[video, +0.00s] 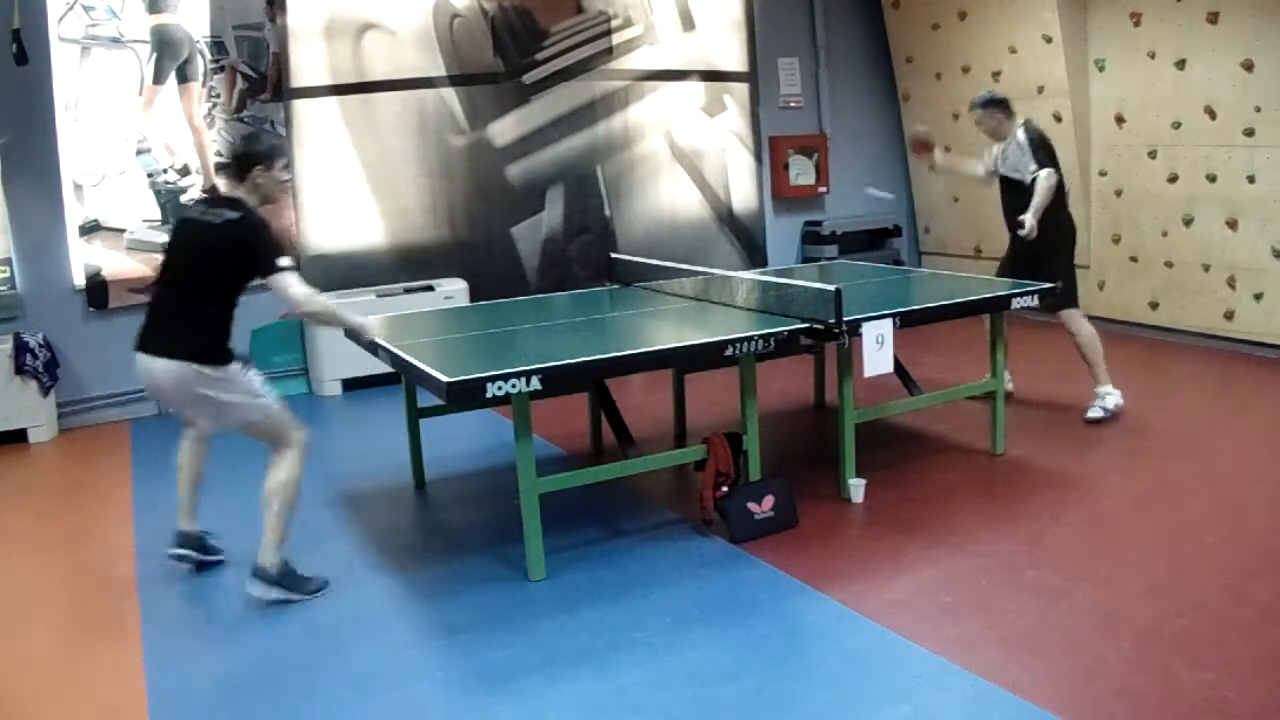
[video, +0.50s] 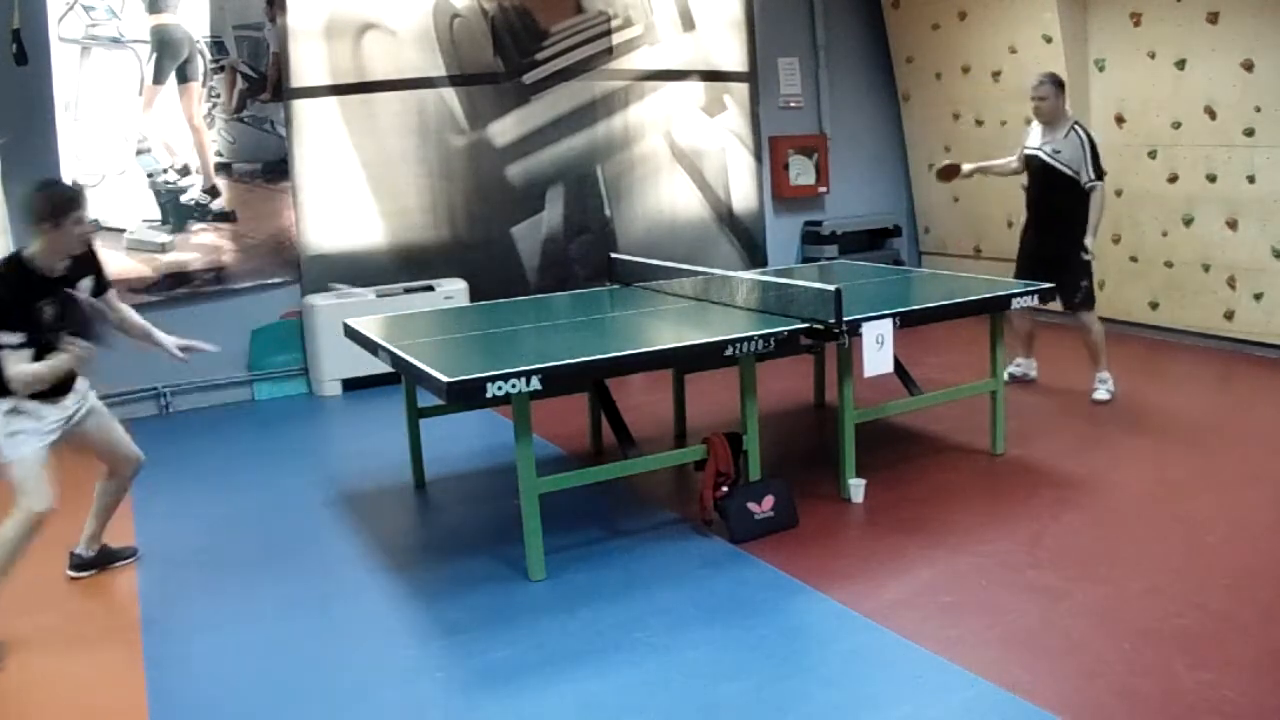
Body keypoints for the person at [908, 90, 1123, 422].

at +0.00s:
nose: (981, 130)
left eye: (983, 123)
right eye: (978, 124)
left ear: (1000, 117)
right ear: (995, 119)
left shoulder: (1028, 138)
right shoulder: (1003, 147)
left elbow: (1048, 175)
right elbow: (983, 172)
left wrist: (1033, 213)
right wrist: (939, 158)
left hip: (1051, 237)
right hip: (1023, 237)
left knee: (1068, 314)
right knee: (992, 303)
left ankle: (1107, 391)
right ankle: (999, 375)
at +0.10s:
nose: (998, 105)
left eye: (1000, 98)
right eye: (995, 100)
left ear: (1018, 92)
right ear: (1004, 97)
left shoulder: (1042, 121)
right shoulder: (1014, 124)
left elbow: (1067, 167)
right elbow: (997, 141)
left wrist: (1056, 208)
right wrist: (960, 132)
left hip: (1054, 224)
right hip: (1024, 225)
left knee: (1074, 300)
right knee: (1012, 302)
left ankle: (1105, 372)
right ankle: (996, 366)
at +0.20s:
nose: (1017, 96)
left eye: (1022, 89)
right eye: (1013, 90)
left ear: (1042, 86)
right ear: (1012, 91)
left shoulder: (1061, 121)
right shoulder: (1025, 120)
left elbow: (1085, 166)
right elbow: (1020, 138)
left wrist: (1082, 214)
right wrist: (998, 130)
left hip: (1060, 225)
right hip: (1025, 223)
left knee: (1078, 302)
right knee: (1014, 297)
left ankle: (1102, 367)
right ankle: (1010, 356)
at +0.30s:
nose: (1030, 103)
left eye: (1036, 96)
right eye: (1027, 97)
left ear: (1057, 95)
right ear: (1027, 98)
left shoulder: (1075, 133)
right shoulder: (1034, 126)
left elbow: (1094, 180)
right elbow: (1030, 151)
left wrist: (1093, 229)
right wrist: (1000, 139)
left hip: (1067, 232)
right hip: (1029, 229)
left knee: (1084, 307)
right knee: (1017, 298)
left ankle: (1101, 374)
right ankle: (1019, 354)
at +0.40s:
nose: (1037, 108)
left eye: (1044, 102)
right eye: (1035, 102)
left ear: (1064, 102)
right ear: (1034, 103)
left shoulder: (1081, 140)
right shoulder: (1037, 130)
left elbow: (1098, 192)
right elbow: (1028, 162)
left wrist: (1094, 240)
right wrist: (983, 155)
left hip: (1071, 240)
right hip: (1035, 236)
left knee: (1085, 314)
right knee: (1020, 303)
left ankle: (1102, 375)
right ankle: (1021, 360)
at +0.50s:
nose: (1036, 106)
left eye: (1042, 100)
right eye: (1034, 100)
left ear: (1062, 100)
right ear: (1032, 101)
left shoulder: (1080, 137)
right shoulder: (1036, 130)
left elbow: (1097, 189)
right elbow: (1017, 164)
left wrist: (1090, 236)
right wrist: (975, 167)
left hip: (1070, 238)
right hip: (1035, 234)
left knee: (1084, 314)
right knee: (1020, 303)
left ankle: (1102, 375)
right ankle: (1025, 363)